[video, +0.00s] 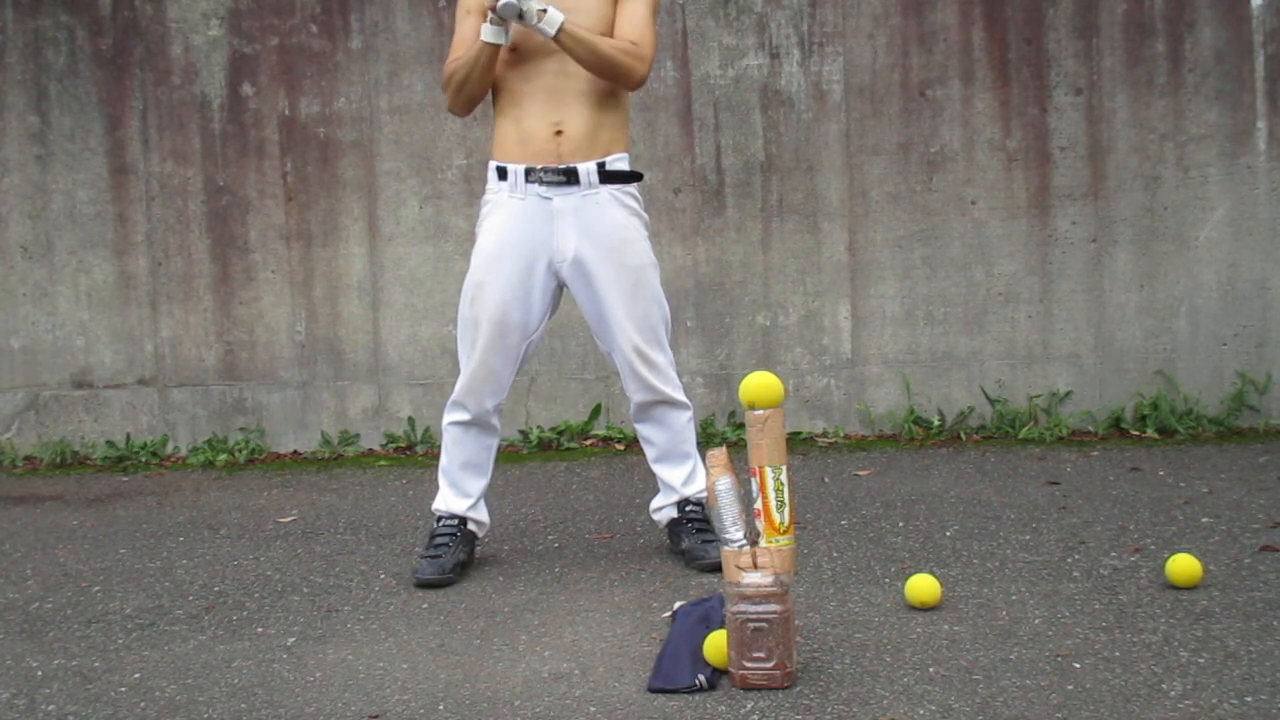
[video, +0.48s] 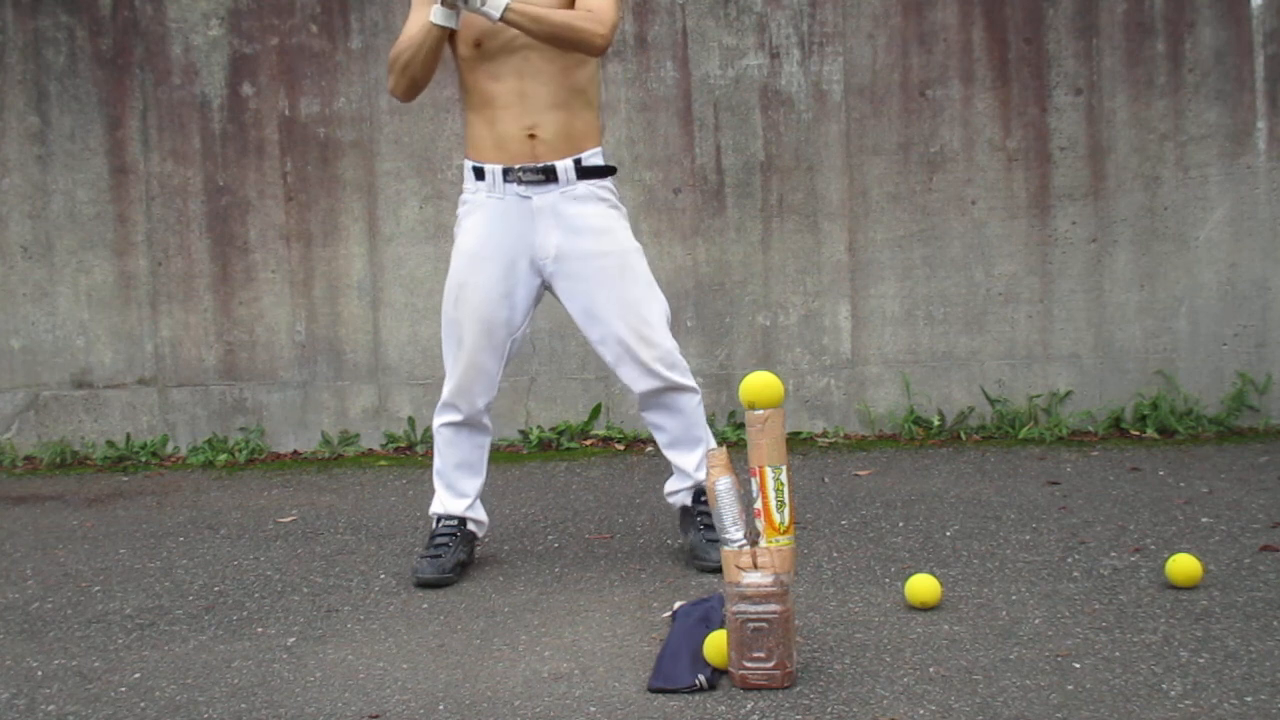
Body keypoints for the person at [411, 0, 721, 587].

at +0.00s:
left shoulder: (628, 0)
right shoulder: (483, 1)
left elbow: (634, 69)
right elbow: (460, 99)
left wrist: (550, 19)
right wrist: (493, 26)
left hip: (605, 195)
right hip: (513, 198)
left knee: (647, 363)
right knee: (480, 374)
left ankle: (686, 507)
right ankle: (455, 517)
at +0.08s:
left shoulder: (623, 0)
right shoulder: (478, 1)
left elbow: (635, 58)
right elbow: (453, 98)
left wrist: (545, 14)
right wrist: (487, 27)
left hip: (604, 195)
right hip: (512, 198)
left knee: (646, 363)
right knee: (479, 374)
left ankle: (686, 507)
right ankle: (455, 518)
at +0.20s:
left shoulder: (615, 1)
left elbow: (623, 47)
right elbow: (440, 96)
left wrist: (527, 9)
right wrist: (474, 22)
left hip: (599, 196)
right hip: (507, 199)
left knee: (644, 363)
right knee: (477, 375)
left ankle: (686, 507)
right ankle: (455, 518)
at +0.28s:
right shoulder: (465, 0)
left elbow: (614, 41)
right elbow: (430, 94)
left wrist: (517, 7)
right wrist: (463, 18)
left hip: (594, 194)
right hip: (502, 199)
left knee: (645, 364)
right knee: (473, 377)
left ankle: (687, 507)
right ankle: (455, 518)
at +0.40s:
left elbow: (601, 37)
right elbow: (414, 90)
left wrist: (502, 7)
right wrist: (447, 14)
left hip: (585, 192)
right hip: (493, 198)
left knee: (647, 360)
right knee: (468, 378)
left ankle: (693, 506)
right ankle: (454, 518)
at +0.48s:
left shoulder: (591, 0)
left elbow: (596, 36)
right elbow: (402, 85)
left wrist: (499, 6)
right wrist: (442, 9)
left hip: (583, 193)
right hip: (490, 200)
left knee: (652, 354)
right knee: (466, 379)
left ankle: (701, 500)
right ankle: (453, 518)